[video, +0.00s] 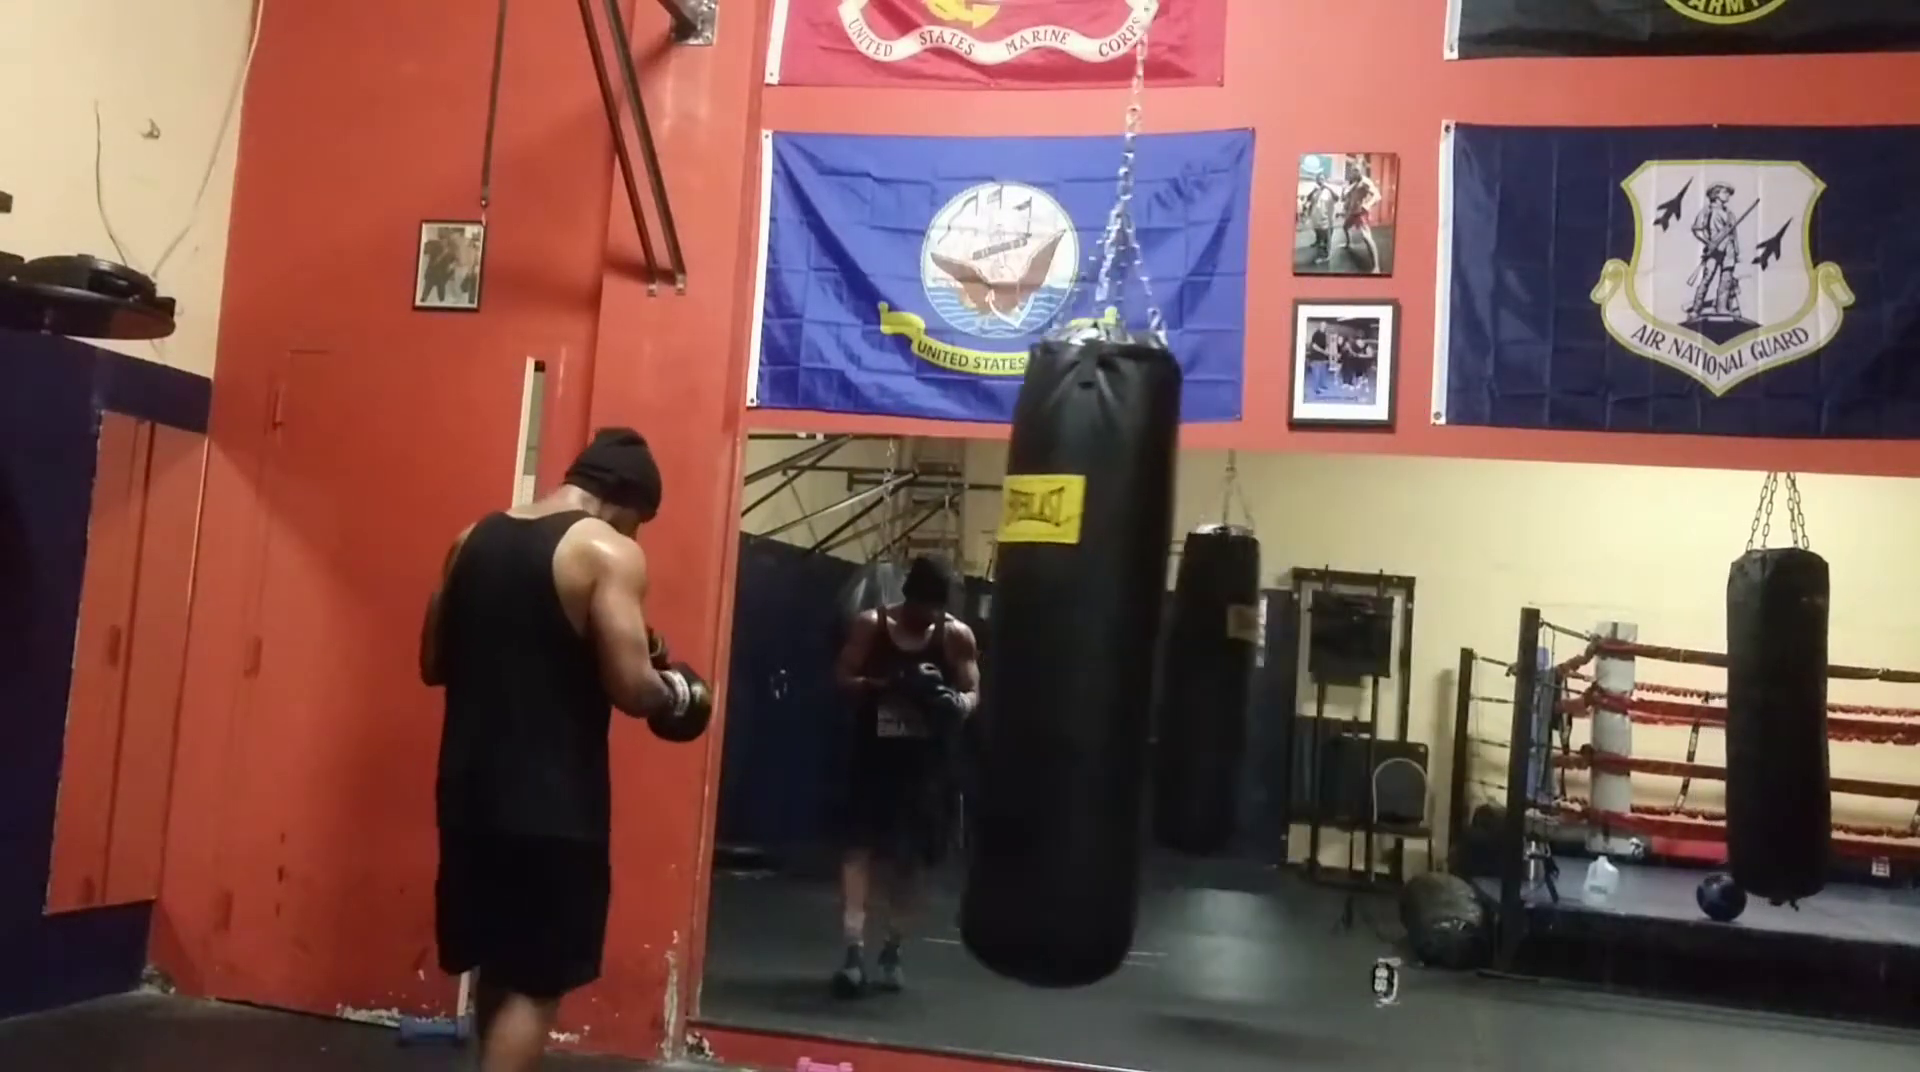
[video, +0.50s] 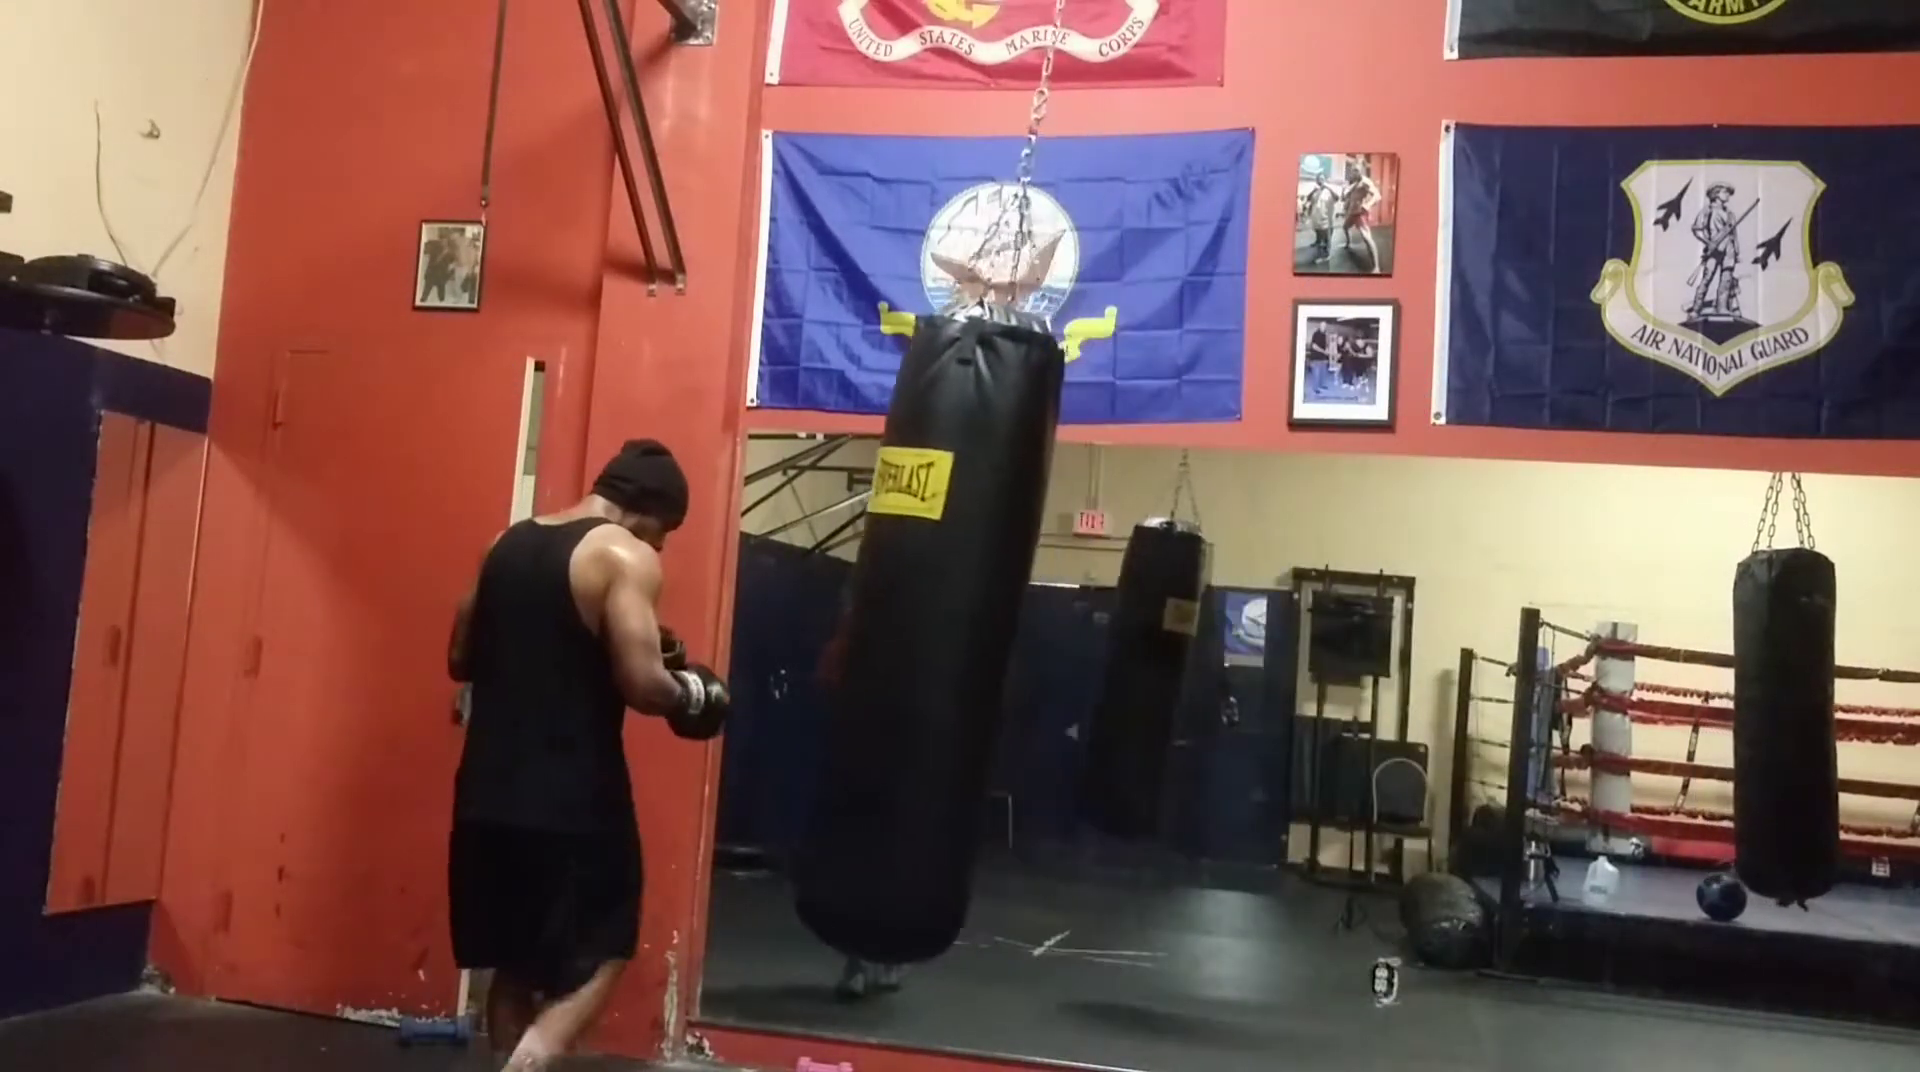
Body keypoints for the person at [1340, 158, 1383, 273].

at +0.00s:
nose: (1351, 173)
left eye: (1354, 170)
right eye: (1350, 171)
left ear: (1359, 171)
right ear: (1350, 172)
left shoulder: (1365, 182)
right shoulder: (1351, 184)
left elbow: (1376, 195)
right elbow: (1346, 198)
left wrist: (1367, 205)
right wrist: (1346, 209)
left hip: (1361, 213)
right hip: (1351, 213)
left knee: (1366, 237)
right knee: (1345, 227)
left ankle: (1375, 266)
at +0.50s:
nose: (1350, 174)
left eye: (1353, 171)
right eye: (1350, 172)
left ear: (1358, 172)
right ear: (1351, 173)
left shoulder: (1365, 182)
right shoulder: (1352, 185)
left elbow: (1376, 195)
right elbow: (1347, 198)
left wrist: (1366, 205)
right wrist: (1345, 209)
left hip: (1361, 211)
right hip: (1352, 212)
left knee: (1366, 237)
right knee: (1345, 227)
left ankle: (1376, 266)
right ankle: (1348, 243)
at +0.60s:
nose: (1353, 173)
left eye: (1356, 170)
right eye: (1352, 171)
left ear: (1361, 171)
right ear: (1351, 172)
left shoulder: (1365, 182)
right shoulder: (1352, 184)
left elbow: (1376, 195)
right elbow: (1344, 197)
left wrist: (1366, 206)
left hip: (1361, 211)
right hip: (1351, 212)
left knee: (1366, 236)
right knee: (1345, 227)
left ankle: (1376, 266)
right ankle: (1347, 244)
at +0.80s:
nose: (1353, 173)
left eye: (1356, 170)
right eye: (1352, 171)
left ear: (1360, 171)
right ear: (1351, 172)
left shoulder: (1365, 182)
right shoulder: (1352, 184)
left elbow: (1376, 195)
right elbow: (1344, 196)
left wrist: (1367, 206)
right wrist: (1349, 186)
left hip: (1361, 211)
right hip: (1351, 212)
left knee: (1366, 236)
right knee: (1345, 227)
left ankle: (1376, 266)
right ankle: (1347, 244)